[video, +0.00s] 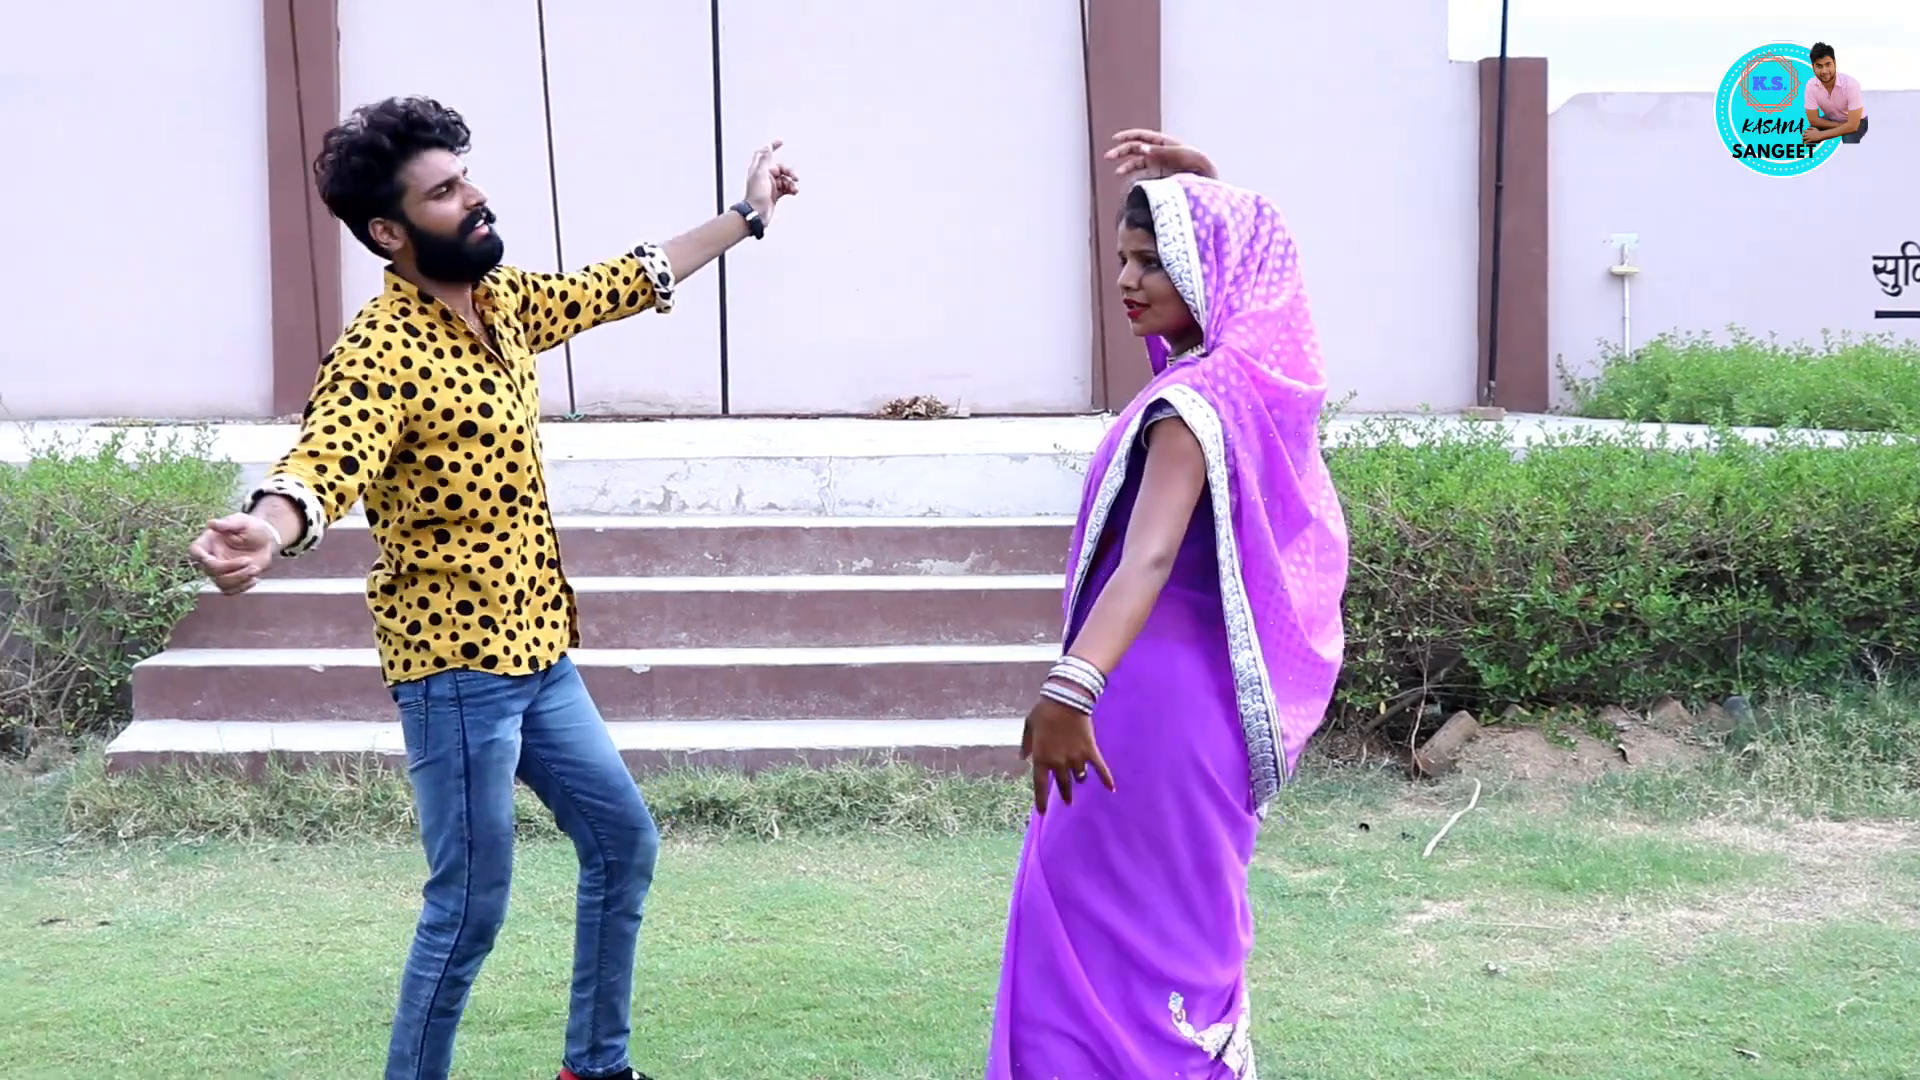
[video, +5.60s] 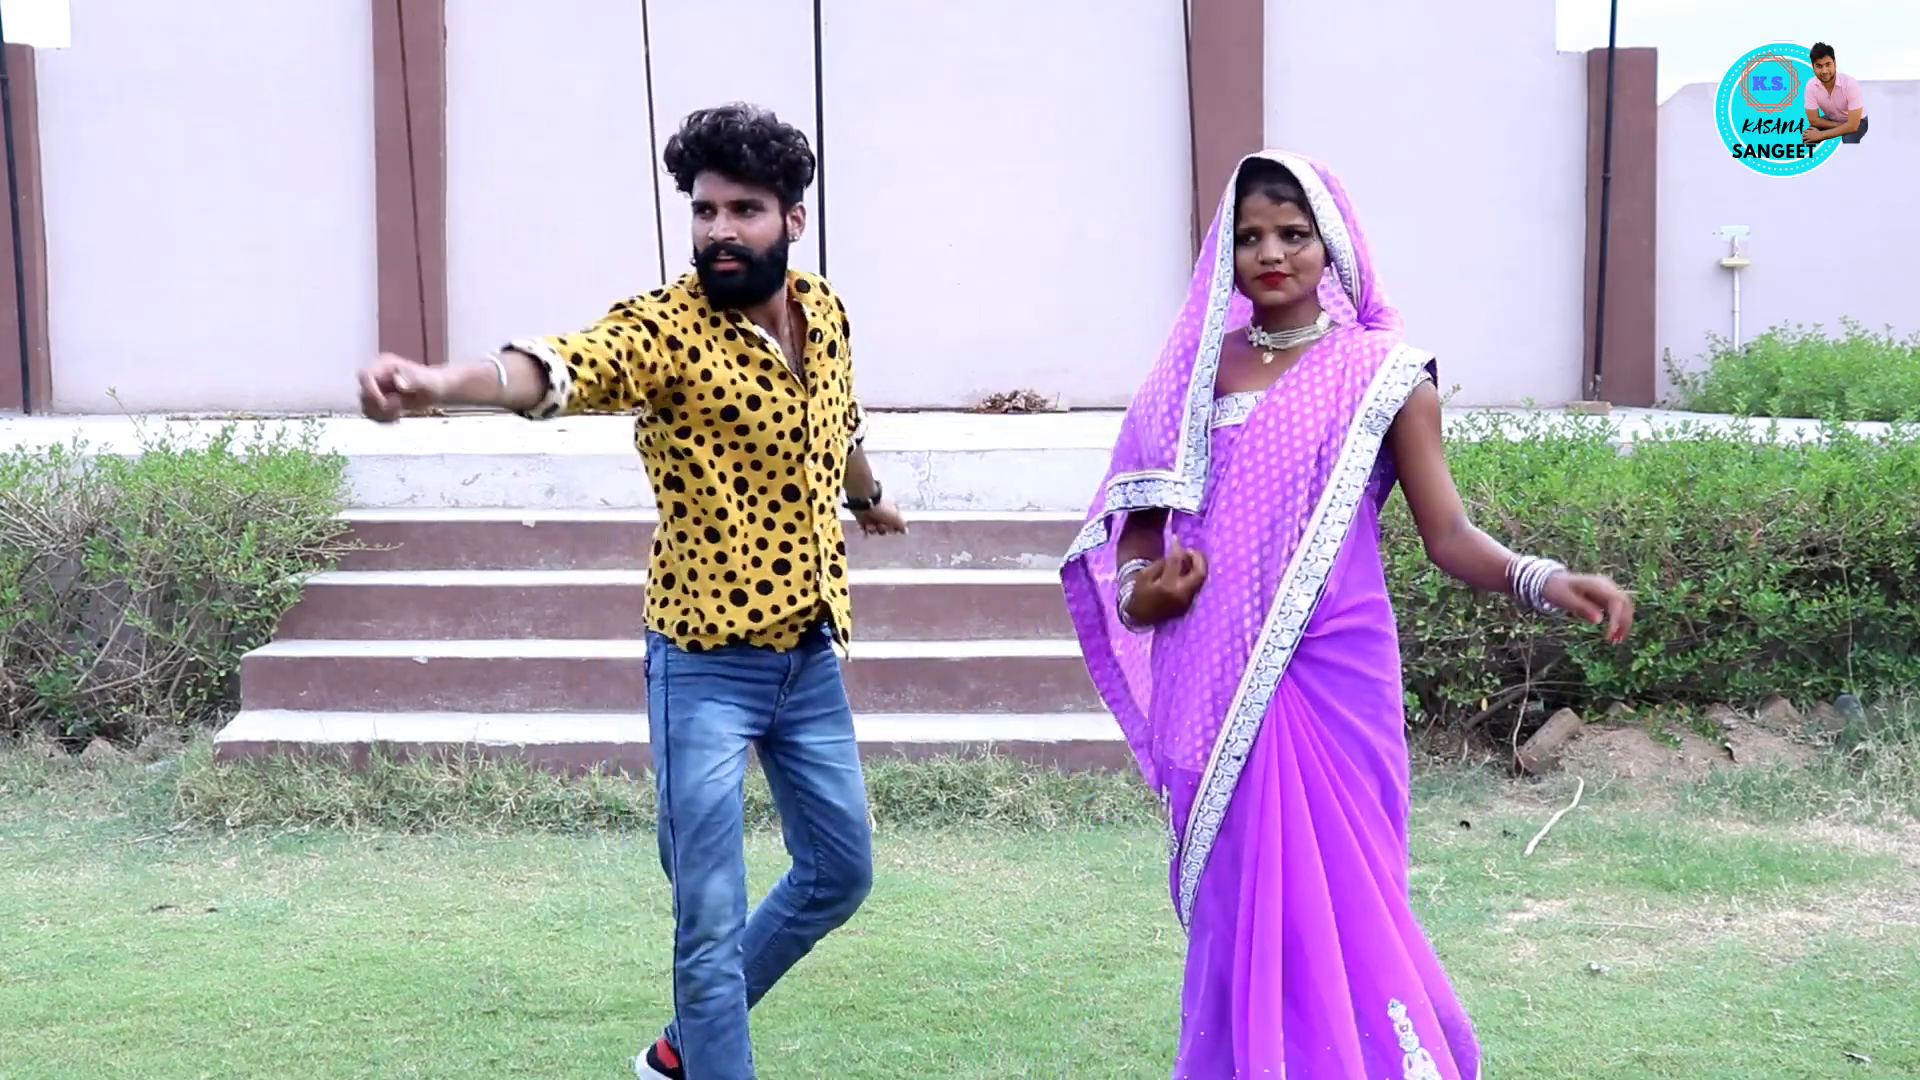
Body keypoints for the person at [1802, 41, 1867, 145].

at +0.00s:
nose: (1824, 71)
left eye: (1828, 65)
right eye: (1819, 66)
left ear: (1835, 63)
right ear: (1813, 67)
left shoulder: (1851, 85)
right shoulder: (1812, 86)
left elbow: (1852, 126)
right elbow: (1813, 120)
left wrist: (1820, 135)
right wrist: (1843, 126)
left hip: (1855, 122)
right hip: (1829, 121)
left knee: (1849, 140)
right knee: (1810, 136)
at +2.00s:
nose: (1824, 71)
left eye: (1828, 65)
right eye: (1819, 66)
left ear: (1835, 63)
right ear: (1813, 67)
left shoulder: (1850, 84)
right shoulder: (1812, 86)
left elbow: (1853, 126)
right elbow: (1813, 120)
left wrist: (1820, 135)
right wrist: (1843, 126)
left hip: (1855, 122)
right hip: (1830, 121)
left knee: (1848, 140)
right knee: (1810, 136)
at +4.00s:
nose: (1824, 71)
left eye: (1828, 65)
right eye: (1819, 66)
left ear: (1835, 63)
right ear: (1813, 67)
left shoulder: (1850, 84)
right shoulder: (1812, 86)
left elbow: (1853, 126)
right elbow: (1813, 120)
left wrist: (1820, 135)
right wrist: (1843, 126)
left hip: (1855, 122)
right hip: (1830, 121)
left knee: (1848, 140)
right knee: (1810, 136)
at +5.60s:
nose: (1824, 71)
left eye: (1828, 65)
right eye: (1819, 66)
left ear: (1835, 63)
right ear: (1813, 67)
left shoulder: (1850, 84)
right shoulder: (1812, 86)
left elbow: (1853, 126)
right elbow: (1813, 120)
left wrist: (1821, 135)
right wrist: (1843, 126)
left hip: (1855, 122)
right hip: (1830, 121)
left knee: (1848, 140)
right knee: (1810, 136)